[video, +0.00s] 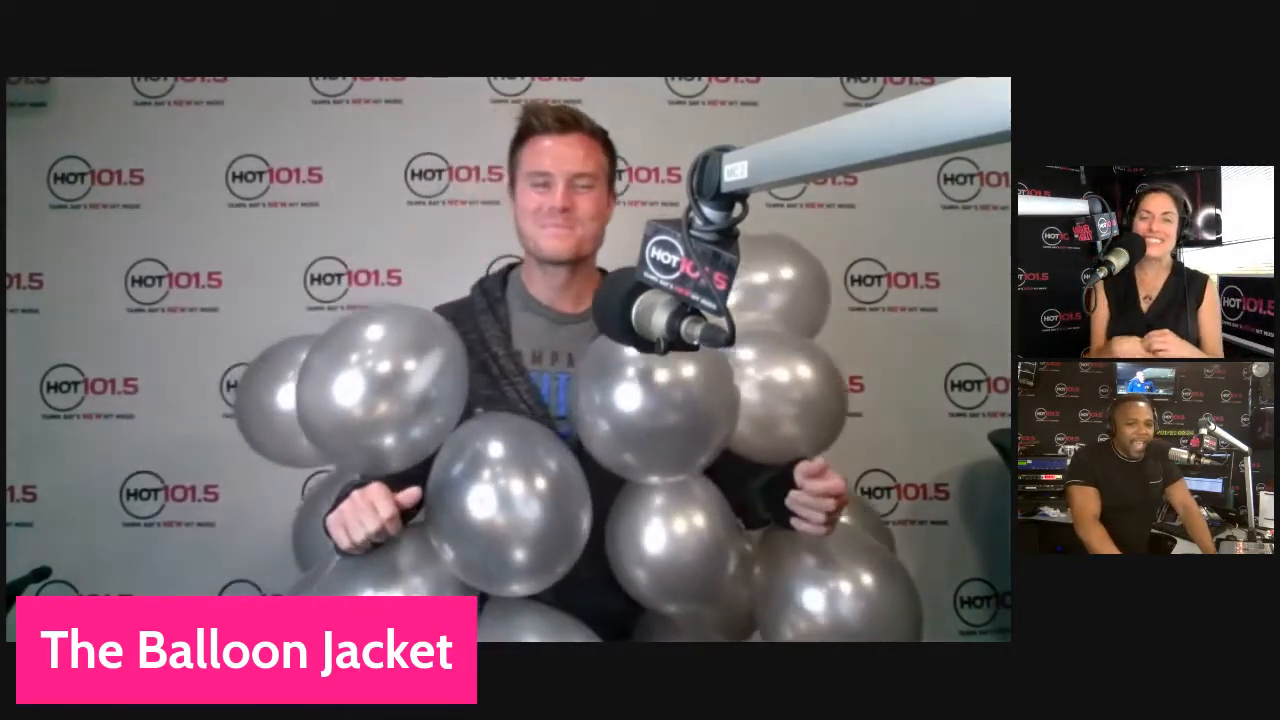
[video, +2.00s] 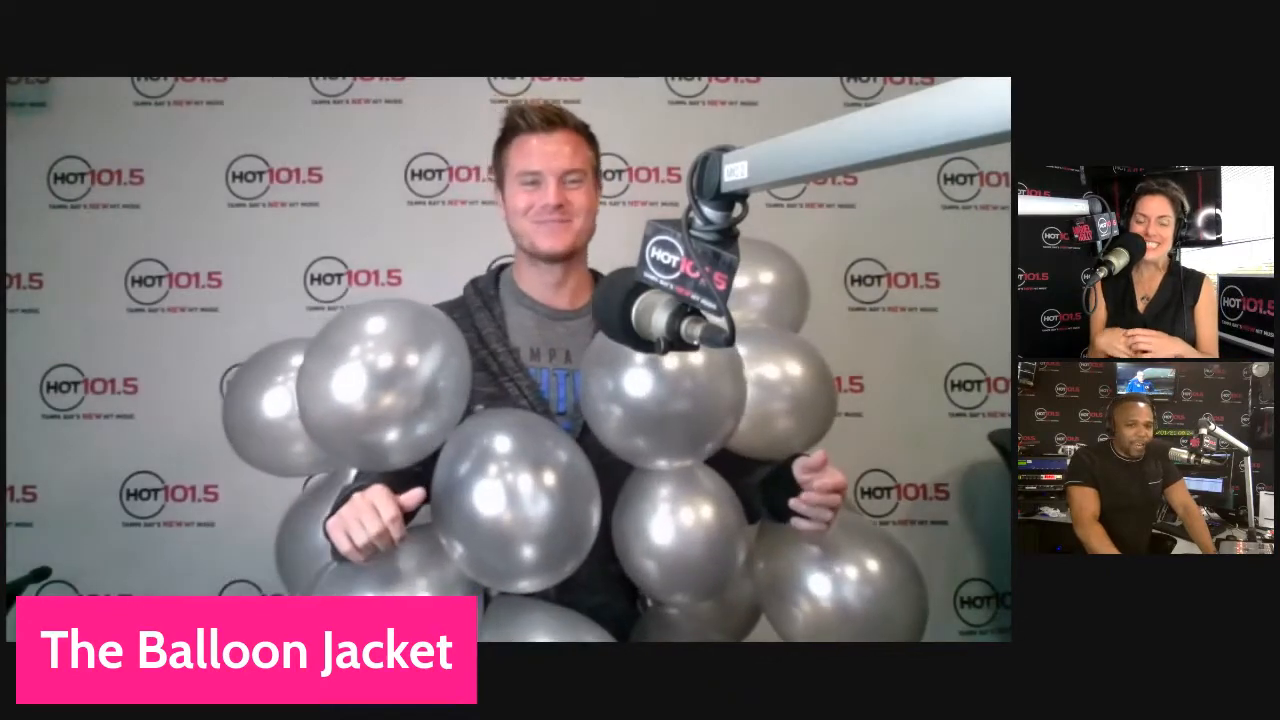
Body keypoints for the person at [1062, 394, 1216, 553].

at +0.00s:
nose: (1142, 432)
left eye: (1148, 424)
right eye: (1132, 424)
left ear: (1154, 428)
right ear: (1112, 427)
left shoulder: (1158, 457)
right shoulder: (1088, 460)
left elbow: (1187, 507)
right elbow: (1087, 524)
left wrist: (1210, 552)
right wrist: (1119, 560)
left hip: (1143, 554)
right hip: (1099, 555)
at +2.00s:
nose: (1142, 433)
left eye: (1148, 425)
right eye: (1131, 425)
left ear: (1154, 428)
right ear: (1112, 427)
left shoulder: (1157, 458)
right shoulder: (1087, 460)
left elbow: (1186, 508)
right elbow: (1086, 524)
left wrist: (1211, 552)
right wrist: (1118, 560)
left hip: (1144, 556)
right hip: (1100, 556)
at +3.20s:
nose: (1142, 435)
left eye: (1149, 428)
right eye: (1132, 426)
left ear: (1157, 430)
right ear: (1116, 427)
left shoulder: (1159, 459)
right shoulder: (1091, 459)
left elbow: (1187, 509)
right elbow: (1086, 523)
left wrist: (1211, 551)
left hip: (1142, 555)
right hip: (1097, 556)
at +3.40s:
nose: (1138, 431)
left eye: (1146, 424)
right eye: (1129, 423)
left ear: (1154, 429)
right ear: (1114, 427)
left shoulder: (1159, 459)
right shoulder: (1091, 459)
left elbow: (1188, 509)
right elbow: (1087, 523)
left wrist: (1211, 552)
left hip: (1142, 555)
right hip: (1098, 555)